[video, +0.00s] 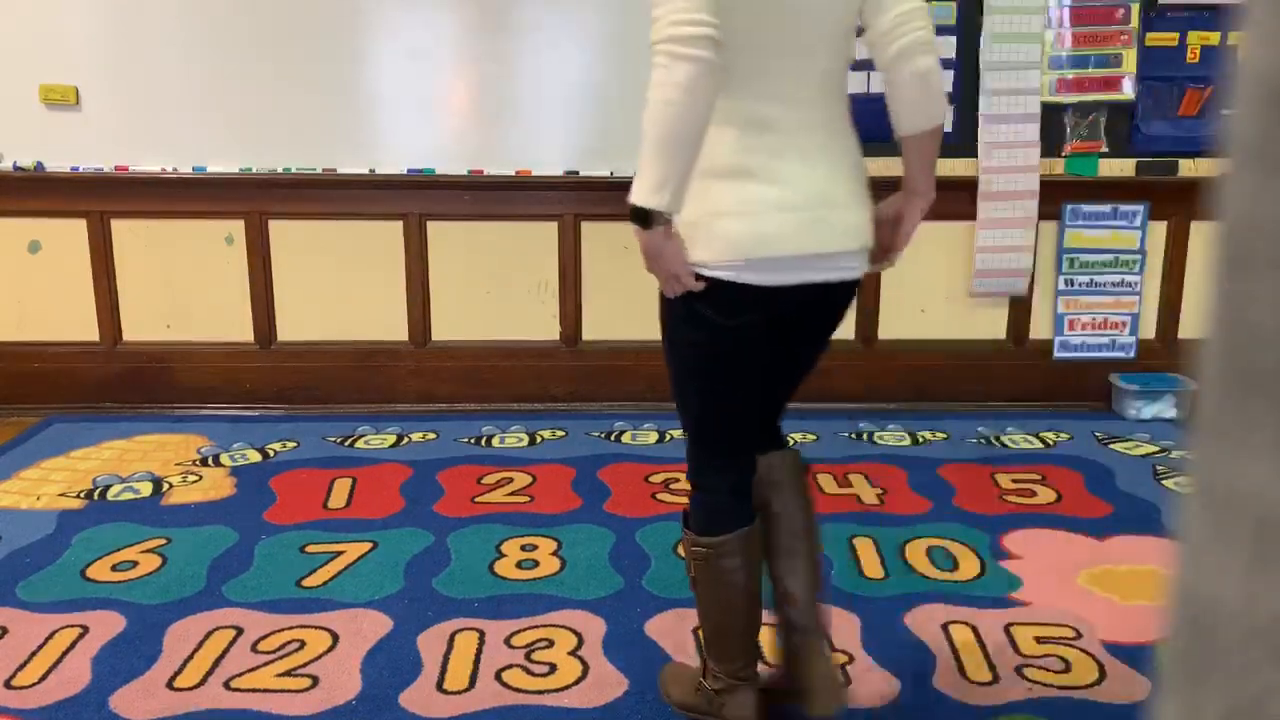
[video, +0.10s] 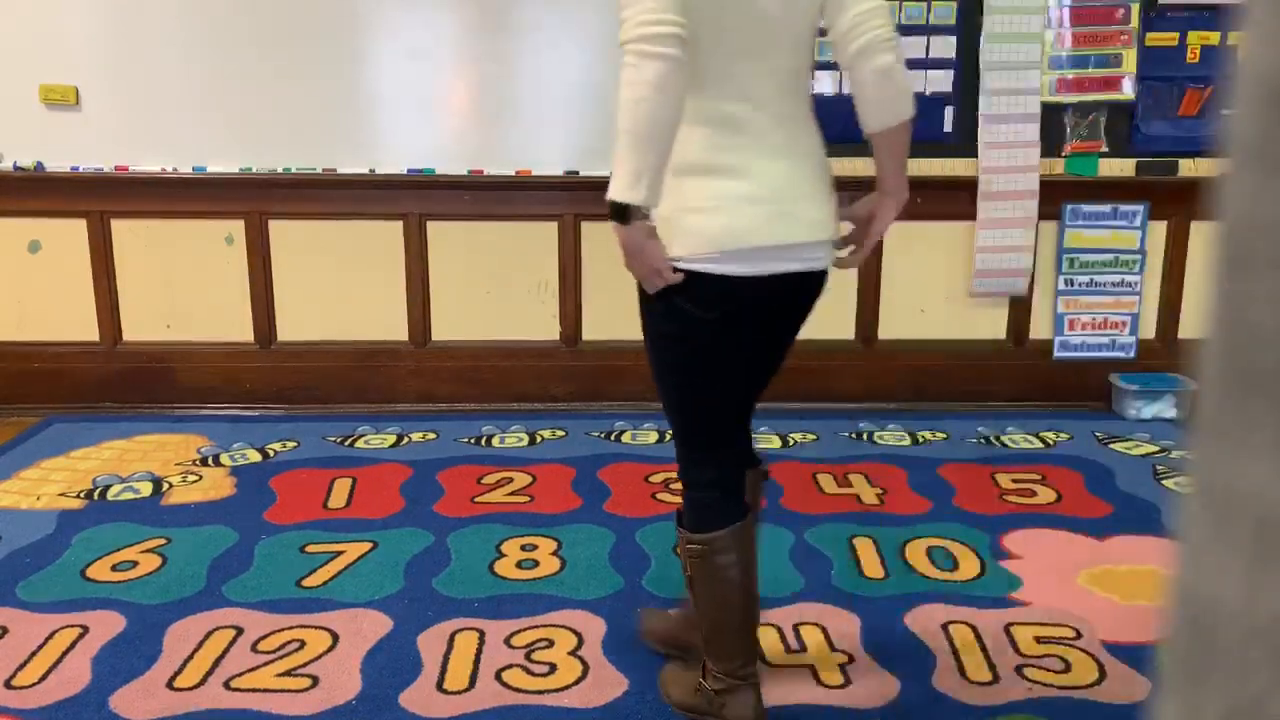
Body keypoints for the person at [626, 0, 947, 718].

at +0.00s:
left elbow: (690, 55)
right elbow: (909, 43)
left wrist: (651, 212)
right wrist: (919, 187)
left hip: (726, 237)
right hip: (835, 236)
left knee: (718, 464)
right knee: (759, 427)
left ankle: (729, 679)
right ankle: (808, 650)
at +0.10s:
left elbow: (657, 54)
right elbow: (872, 46)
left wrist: (629, 210)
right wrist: (893, 184)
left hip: (701, 239)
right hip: (801, 239)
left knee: (708, 459)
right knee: (723, 431)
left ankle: (731, 677)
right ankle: (714, 618)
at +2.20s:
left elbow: (338, 92)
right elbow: (568, 84)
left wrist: (305, 232)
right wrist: (613, 218)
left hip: (406, 241)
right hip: (517, 235)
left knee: (423, 411)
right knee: (514, 446)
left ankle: (452, 590)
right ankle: (498, 665)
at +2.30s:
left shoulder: (356, 1)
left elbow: (337, 99)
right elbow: (569, 88)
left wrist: (301, 238)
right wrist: (616, 219)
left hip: (405, 243)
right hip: (516, 237)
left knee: (416, 415)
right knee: (515, 451)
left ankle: (421, 612)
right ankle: (495, 672)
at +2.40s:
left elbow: (331, 66)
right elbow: (556, 51)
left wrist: (308, 207)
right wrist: (602, 187)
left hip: (401, 207)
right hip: (513, 203)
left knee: (408, 414)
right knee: (514, 427)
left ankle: (382, 637)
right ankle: (495, 663)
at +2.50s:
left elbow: (333, 60)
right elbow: (539, 38)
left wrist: (330, 203)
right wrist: (590, 181)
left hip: (398, 197)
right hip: (510, 197)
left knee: (397, 414)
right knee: (520, 412)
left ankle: (380, 639)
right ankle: (492, 631)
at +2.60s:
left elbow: (354, 80)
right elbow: (528, 54)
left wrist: (363, 207)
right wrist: (582, 191)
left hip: (401, 204)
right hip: (511, 205)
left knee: (398, 422)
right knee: (525, 418)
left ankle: (378, 648)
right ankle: (496, 617)